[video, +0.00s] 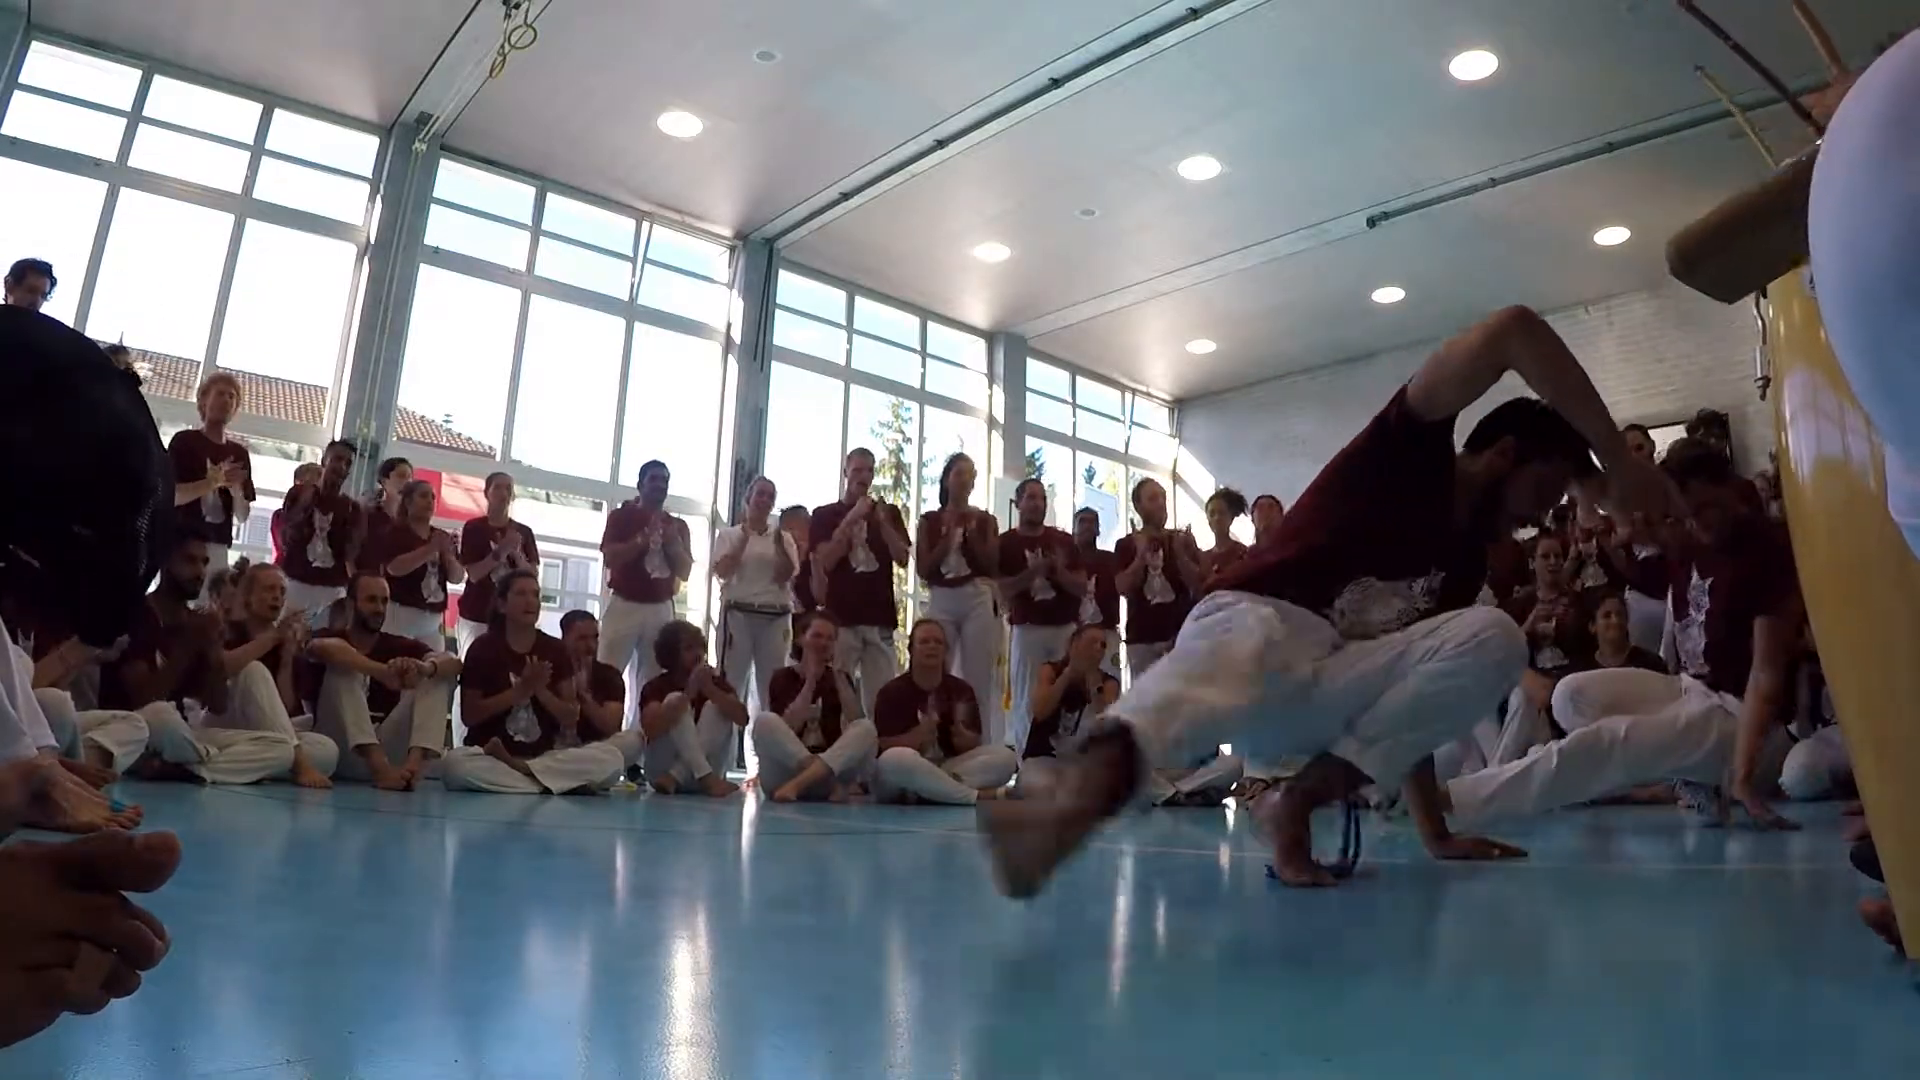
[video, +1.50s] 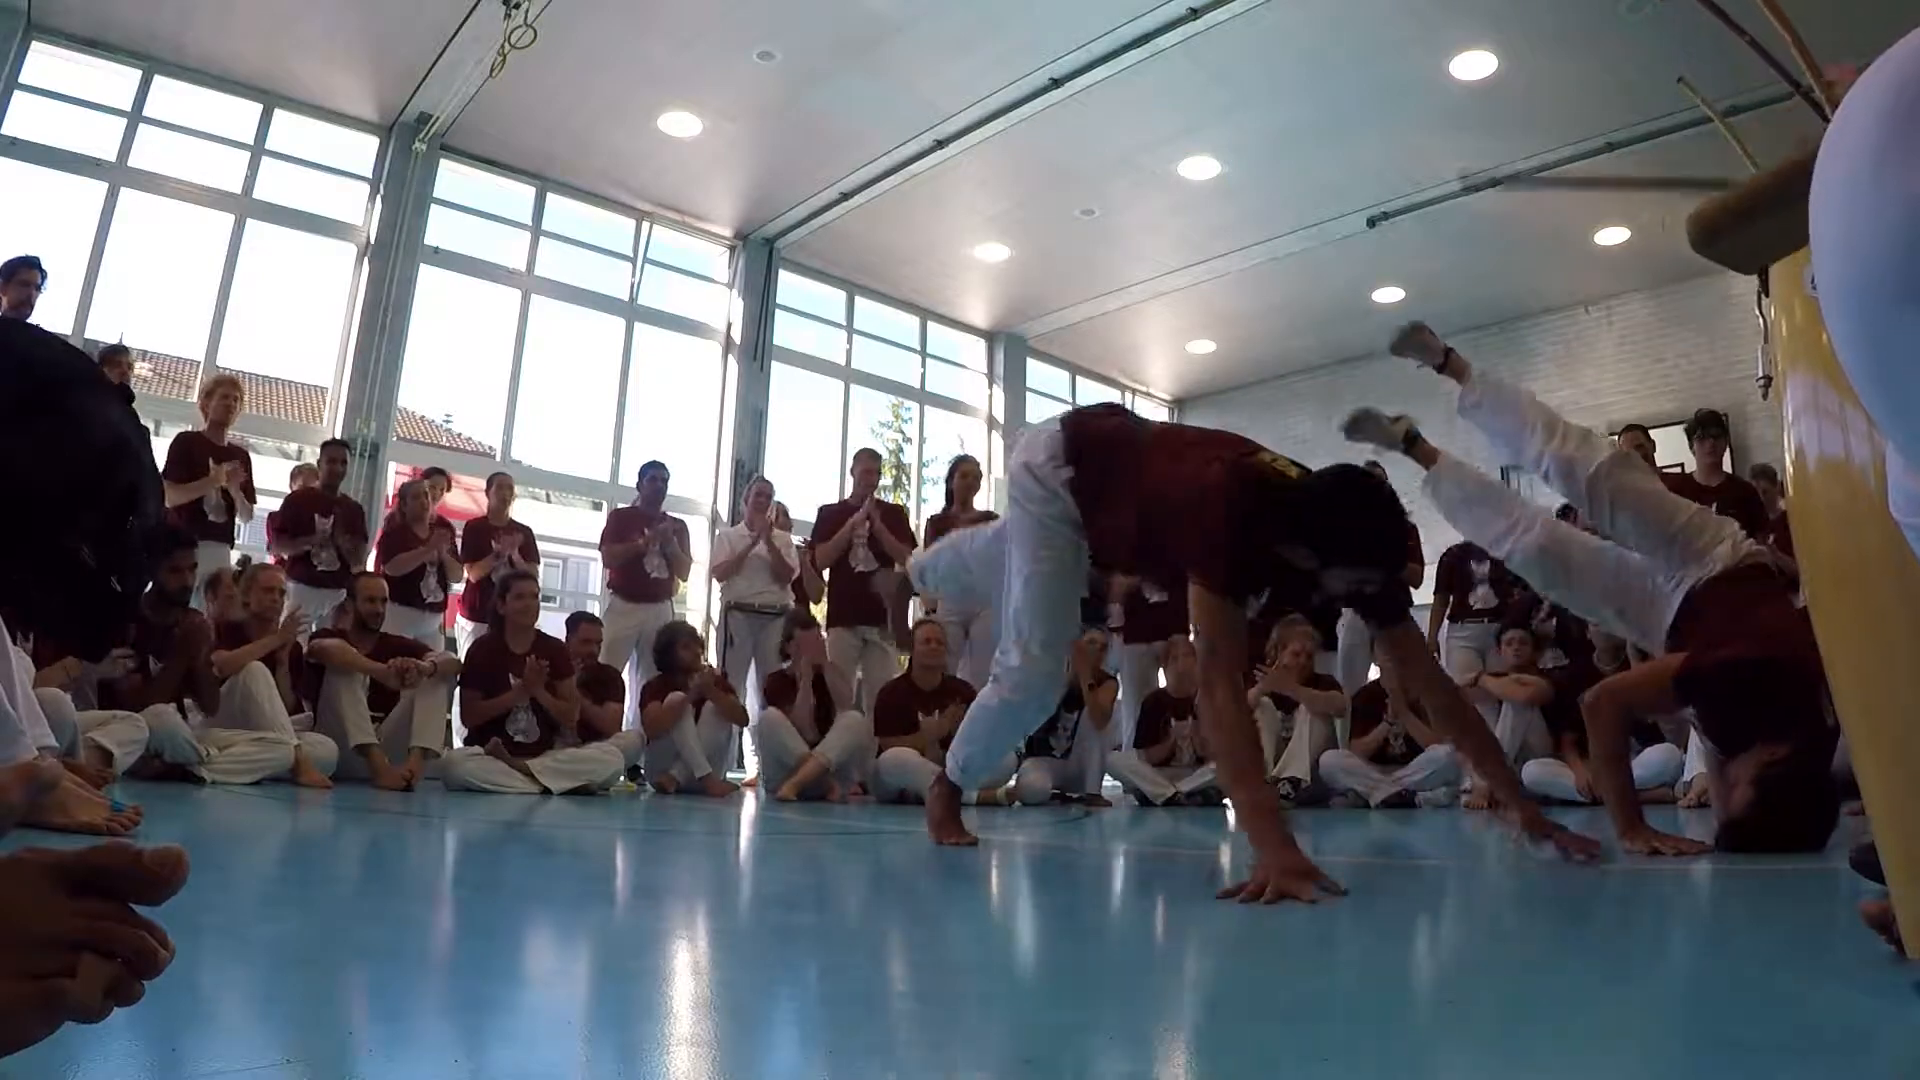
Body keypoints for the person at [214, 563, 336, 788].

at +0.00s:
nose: (278, 597)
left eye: (282, 591)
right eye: (269, 589)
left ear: (285, 598)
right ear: (247, 595)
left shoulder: (285, 642)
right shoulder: (227, 631)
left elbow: (287, 708)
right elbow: (222, 667)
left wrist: (288, 655)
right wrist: (274, 637)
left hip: (269, 729)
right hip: (224, 724)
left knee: (327, 751)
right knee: (254, 671)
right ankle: (298, 762)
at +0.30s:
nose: (198, 572)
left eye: (202, 564)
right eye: (188, 563)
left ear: (205, 567)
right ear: (161, 564)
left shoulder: (200, 625)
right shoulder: (134, 615)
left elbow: (212, 704)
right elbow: (137, 700)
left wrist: (205, 661)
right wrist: (185, 653)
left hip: (184, 731)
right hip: (137, 730)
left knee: (282, 750)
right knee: (162, 715)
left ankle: (184, 771)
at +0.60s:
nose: (192, 577)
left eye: (196, 566)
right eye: (181, 567)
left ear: (202, 566)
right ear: (156, 565)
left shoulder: (196, 624)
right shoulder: (127, 618)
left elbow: (213, 706)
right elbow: (139, 702)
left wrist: (200, 659)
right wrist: (186, 652)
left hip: (182, 732)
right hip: (130, 733)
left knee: (283, 750)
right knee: (161, 716)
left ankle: (184, 772)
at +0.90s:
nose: (189, 579)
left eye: (193, 569)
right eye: (178, 570)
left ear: (197, 570)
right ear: (155, 570)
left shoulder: (194, 623)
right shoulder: (128, 618)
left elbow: (212, 706)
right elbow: (138, 702)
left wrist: (202, 652)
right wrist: (188, 651)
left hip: (182, 731)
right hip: (131, 732)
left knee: (283, 752)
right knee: (161, 716)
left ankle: (186, 771)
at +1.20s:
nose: (186, 580)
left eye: (190, 570)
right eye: (175, 571)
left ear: (196, 571)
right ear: (152, 573)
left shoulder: (193, 623)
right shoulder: (132, 624)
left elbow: (210, 705)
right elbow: (135, 707)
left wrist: (202, 651)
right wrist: (182, 652)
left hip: (184, 733)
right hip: (136, 737)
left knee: (285, 752)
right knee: (160, 716)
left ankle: (189, 771)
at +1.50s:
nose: (187, 580)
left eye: (191, 570)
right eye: (175, 571)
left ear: (196, 569)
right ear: (153, 572)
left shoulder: (194, 622)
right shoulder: (129, 618)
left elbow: (210, 705)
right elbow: (133, 703)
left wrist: (202, 656)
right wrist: (181, 655)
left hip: (188, 729)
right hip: (134, 731)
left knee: (285, 753)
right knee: (161, 716)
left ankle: (182, 771)